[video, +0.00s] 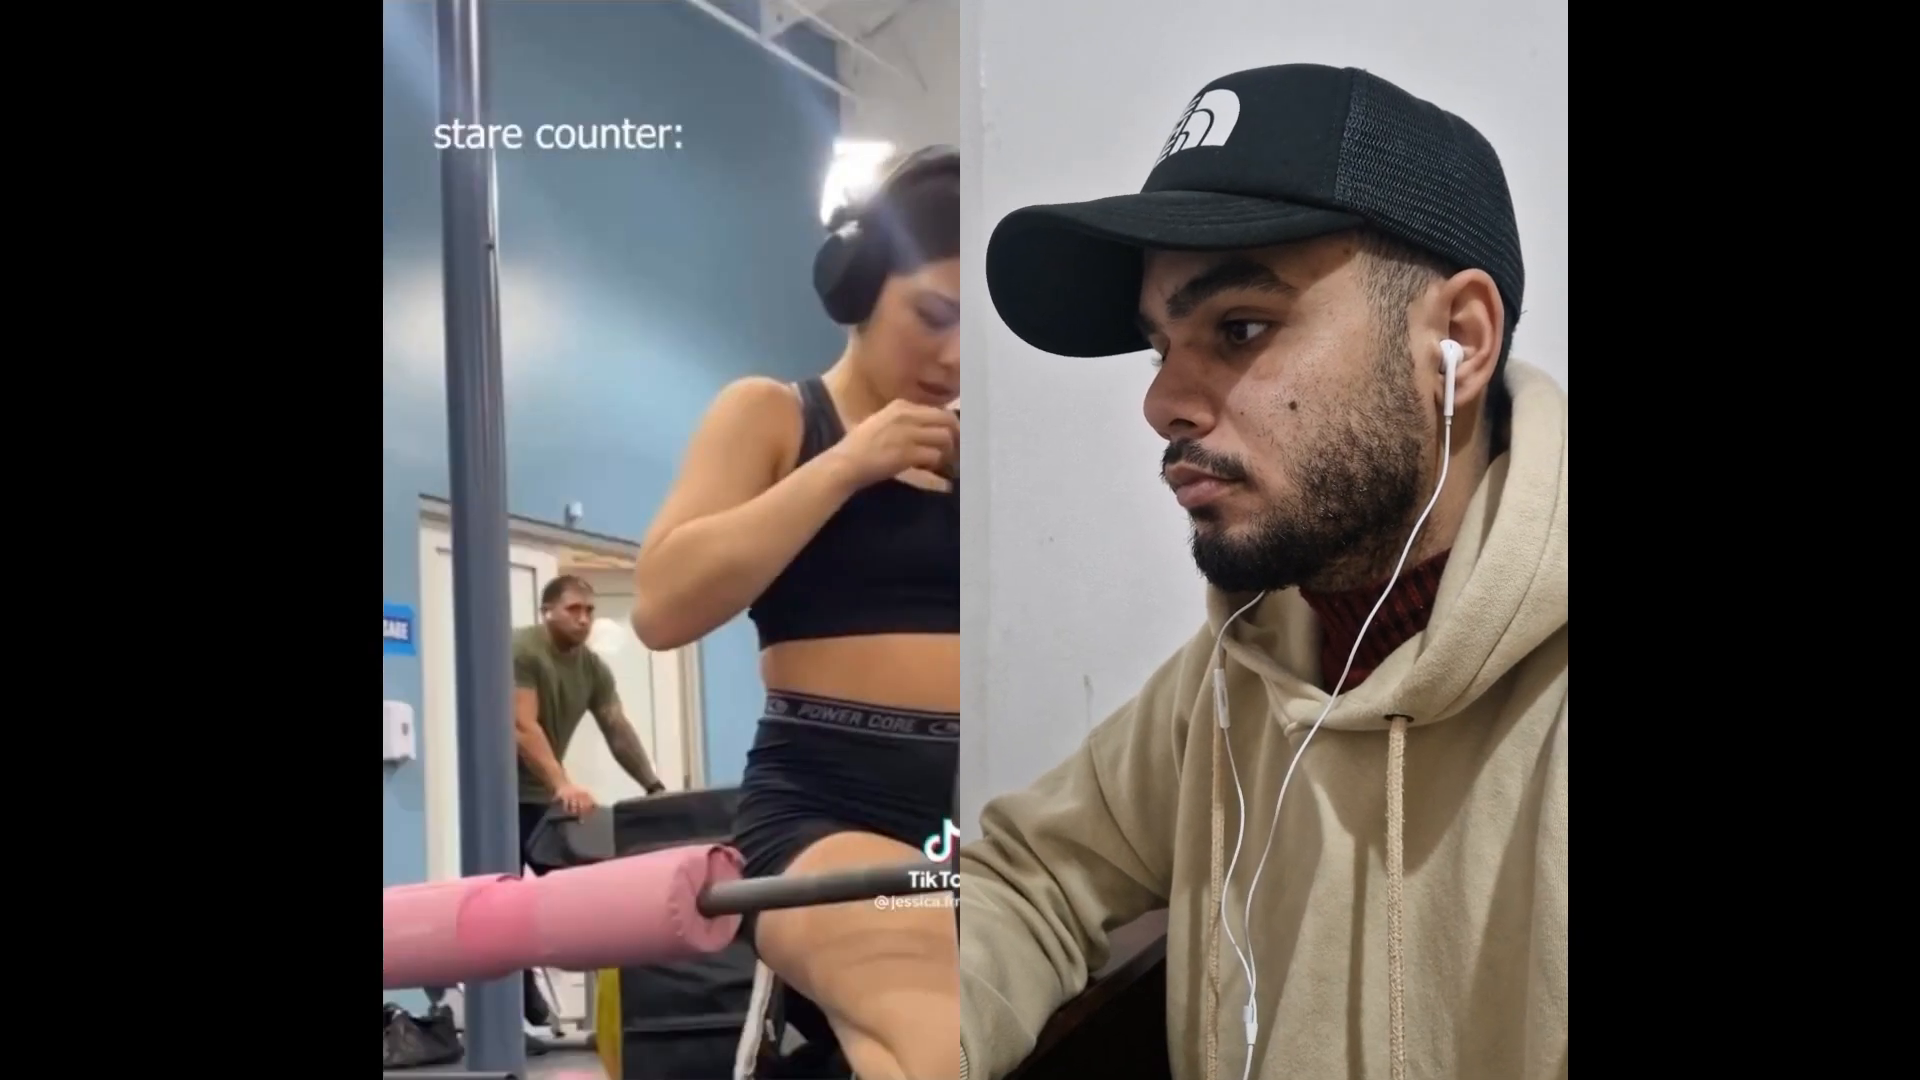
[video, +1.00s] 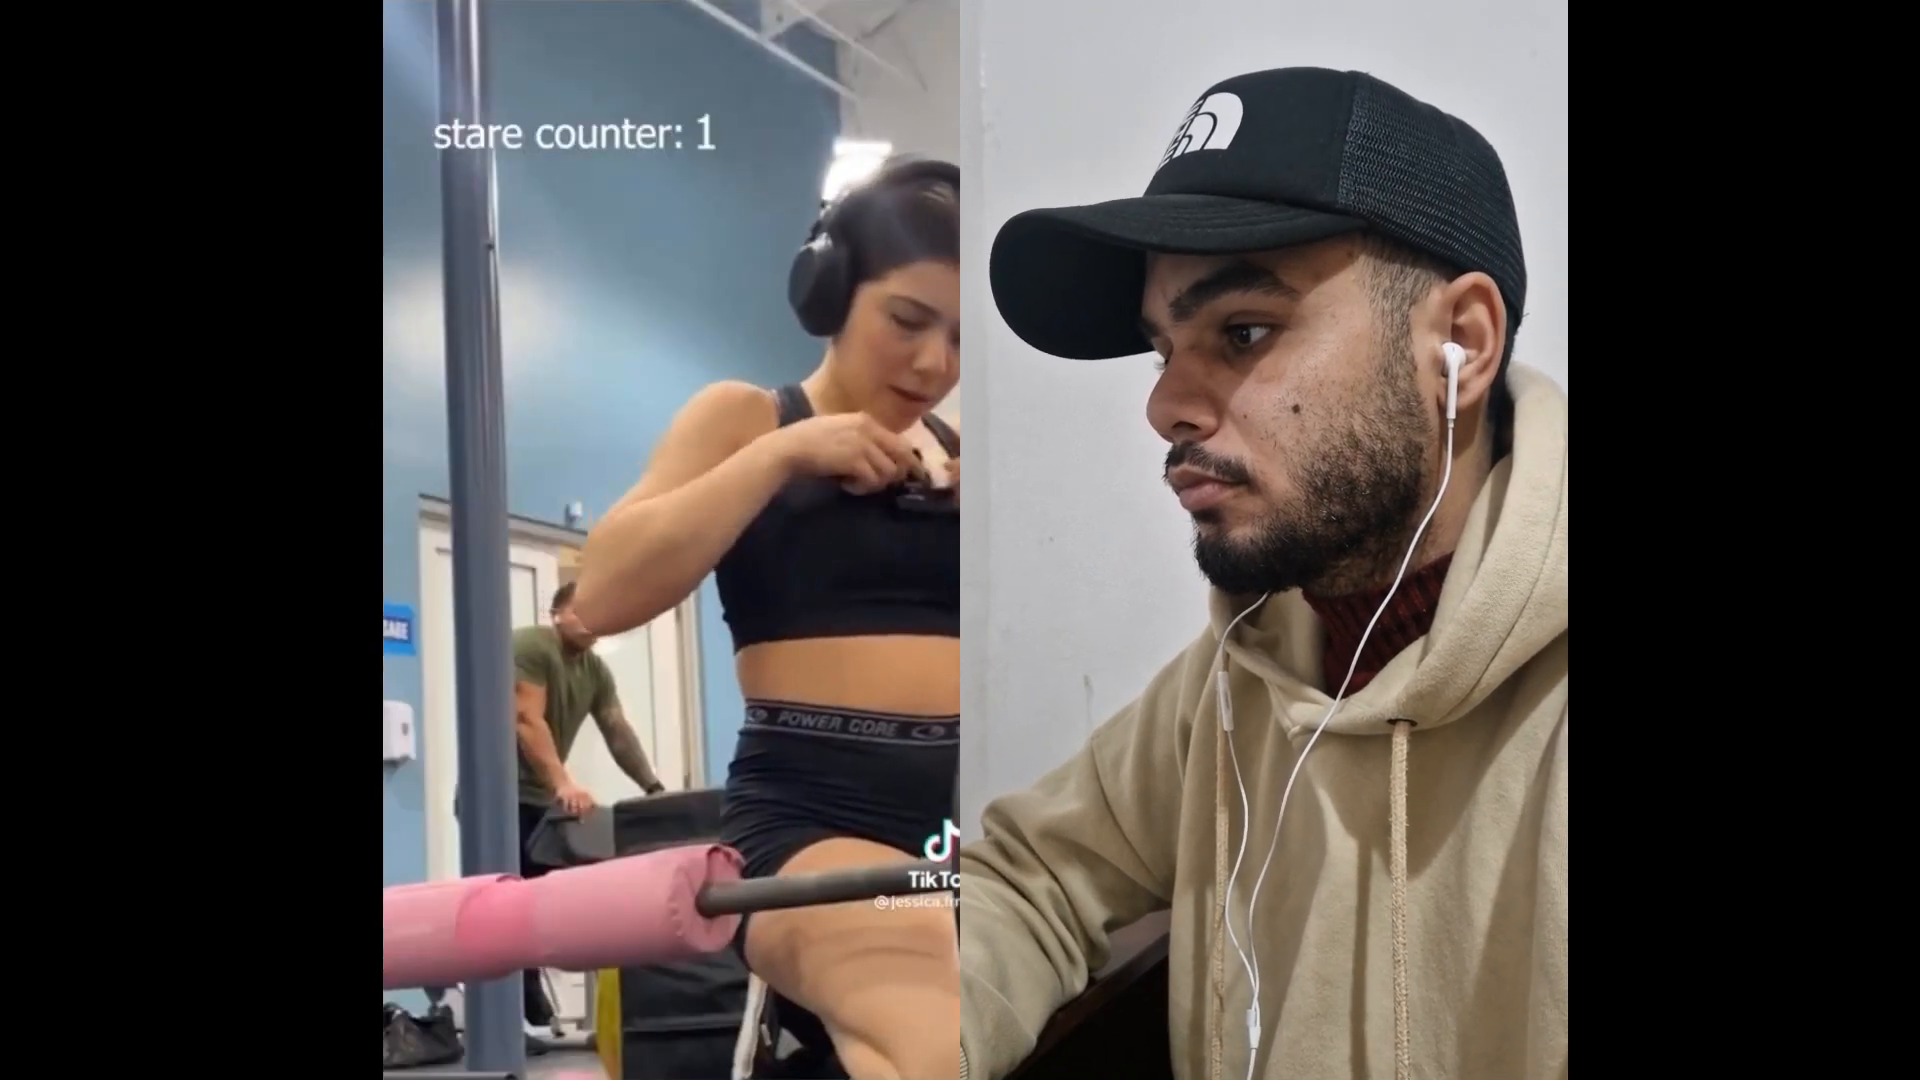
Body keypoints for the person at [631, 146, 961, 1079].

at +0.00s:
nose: (960, 352)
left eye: (978, 320)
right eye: (936, 314)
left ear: (1003, 322)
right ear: (860, 293)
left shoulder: (1008, 442)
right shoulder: (770, 414)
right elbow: (665, 610)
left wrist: (1012, 457)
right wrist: (843, 466)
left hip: (1008, 793)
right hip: (827, 791)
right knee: (954, 1023)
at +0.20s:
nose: (948, 369)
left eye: (970, 336)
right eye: (922, 329)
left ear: (992, 337)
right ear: (847, 306)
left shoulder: (985, 460)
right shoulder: (759, 423)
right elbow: (627, 600)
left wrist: (1001, 504)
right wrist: (811, 470)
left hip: (1000, 797)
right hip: (823, 796)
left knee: (905, 1058)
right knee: (953, 1017)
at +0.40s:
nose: (932, 369)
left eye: (958, 342)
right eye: (905, 329)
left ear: (981, 345)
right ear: (837, 302)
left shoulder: (974, 463)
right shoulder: (750, 426)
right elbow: (617, 599)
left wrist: (993, 500)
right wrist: (806, 470)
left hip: (996, 797)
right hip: (820, 798)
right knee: (947, 1014)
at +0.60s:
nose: (926, 368)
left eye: (952, 343)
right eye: (900, 329)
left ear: (974, 345)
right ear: (830, 302)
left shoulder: (968, 465)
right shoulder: (745, 424)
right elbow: (614, 592)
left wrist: (994, 494)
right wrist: (807, 469)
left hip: (993, 797)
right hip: (817, 797)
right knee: (949, 1020)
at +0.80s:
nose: (925, 369)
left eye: (952, 343)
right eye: (900, 329)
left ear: (973, 346)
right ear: (828, 299)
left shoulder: (974, 463)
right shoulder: (743, 423)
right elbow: (599, 578)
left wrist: (993, 496)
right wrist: (804, 471)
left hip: (994, 801)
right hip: (813, 802)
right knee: (945, 1017)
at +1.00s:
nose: (935, 363)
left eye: (960, 332)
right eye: (909, 319)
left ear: (980, 336)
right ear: (833, 295)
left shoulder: (970, 454)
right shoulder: (741, 419)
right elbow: (594, 603)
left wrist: (988, 485)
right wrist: (781, 453)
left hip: (990, 801)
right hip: (809, 801)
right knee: (944, 1020)